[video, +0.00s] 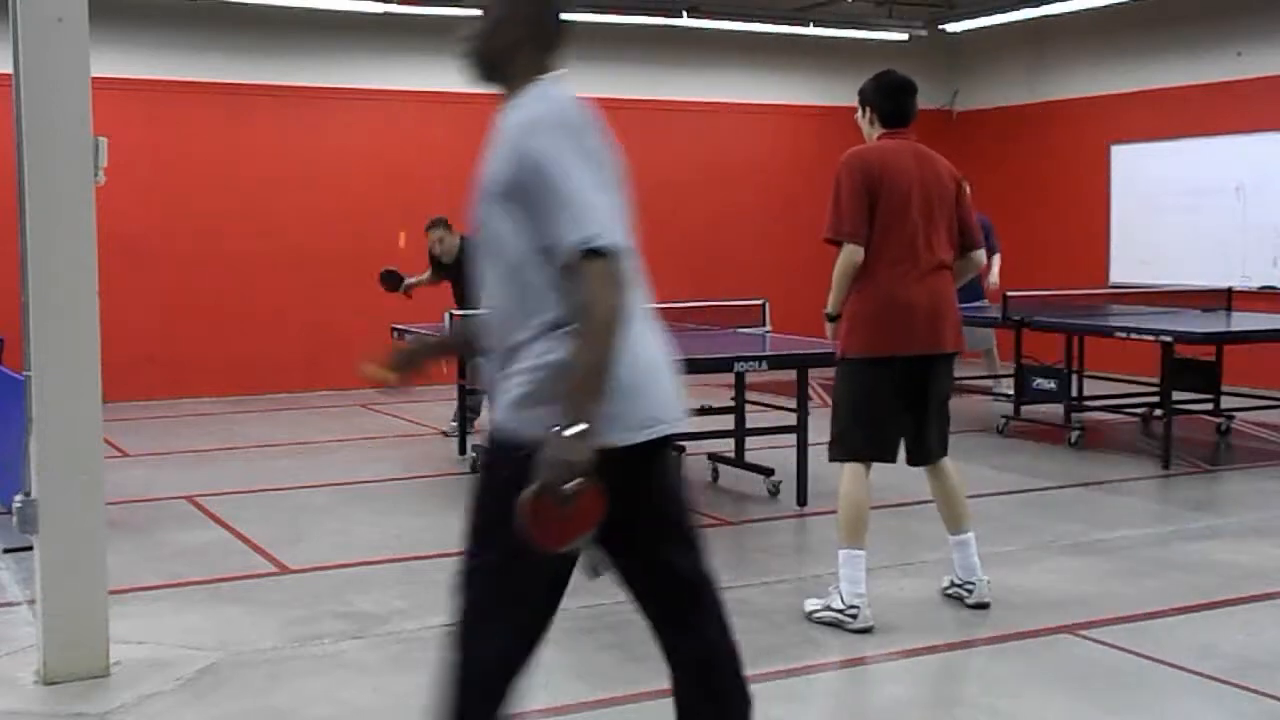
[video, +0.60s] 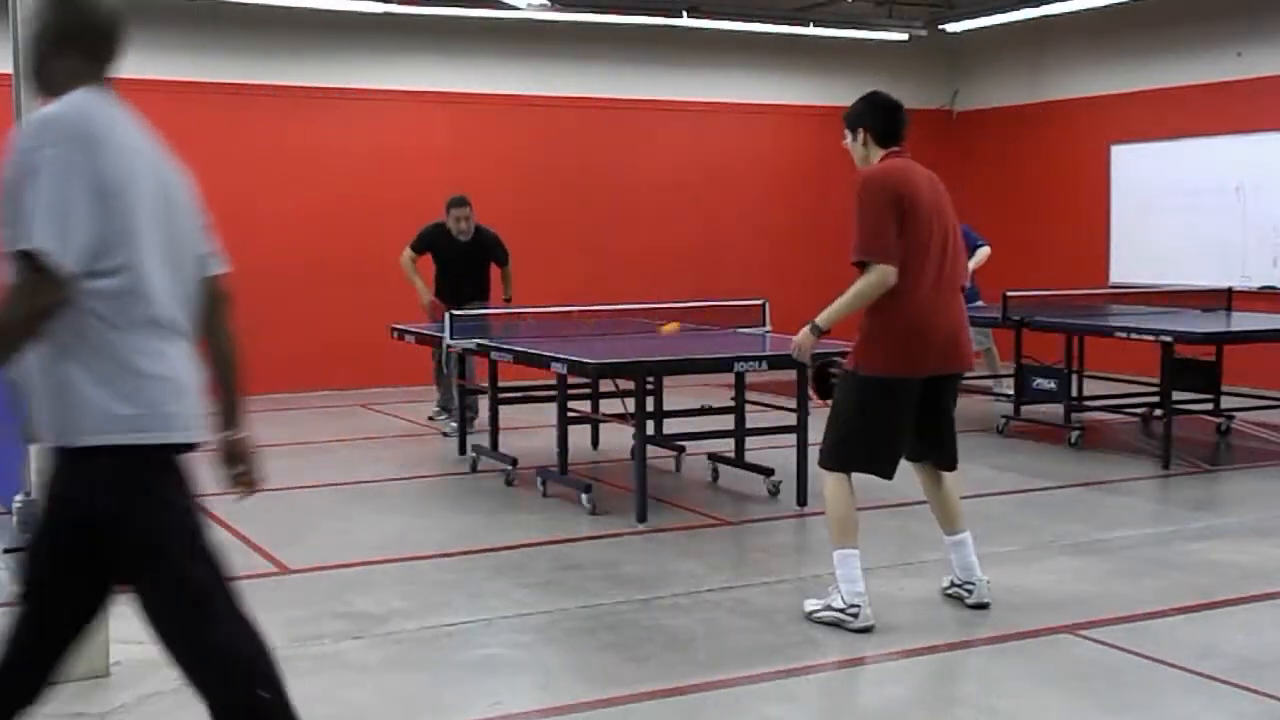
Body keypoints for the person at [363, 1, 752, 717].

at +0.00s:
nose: (473, 28)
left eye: (490, 14)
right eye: (480, 14)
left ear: (532, 27)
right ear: (539, 33)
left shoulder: (544, 121)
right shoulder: (531, 122)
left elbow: (601, 282)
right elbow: (542, 309)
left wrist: (574, 428)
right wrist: (442, 340)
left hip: (553, 431)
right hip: (618, 427)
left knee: (488, 649)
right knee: (691, 627)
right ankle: (723, 714)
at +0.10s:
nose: (388, 53)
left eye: (404, 35)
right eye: (394, 36)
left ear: (444, 49)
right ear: (454, 53)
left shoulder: (456, 139)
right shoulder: (460, 136)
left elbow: (508, 298)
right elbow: (464, 305)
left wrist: (499, 454)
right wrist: (355, 331)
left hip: (472, 451)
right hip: (548, 444)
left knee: (395, 647)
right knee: (625, 611)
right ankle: (690, 706)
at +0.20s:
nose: (303, 49)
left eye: (316, 34)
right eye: (308, 34)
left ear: (347, 47)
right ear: (376, 51)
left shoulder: (364, 138)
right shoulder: (401, 131)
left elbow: (406, 304)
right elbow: (405, 292)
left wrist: (407, 461)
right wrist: (306, 335)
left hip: (365, 437)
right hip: (443, 434)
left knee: (308, 620)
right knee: (493, 597)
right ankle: (624, 707)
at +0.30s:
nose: (232, 33)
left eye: (242, 19)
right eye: (237, 19)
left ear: (266, 28)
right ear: (308, 33)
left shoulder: (281, 121)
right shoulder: (341, 113)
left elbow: (304, 296)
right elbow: (357, 282)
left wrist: (284, 442)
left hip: (292, 421)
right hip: (358, 410)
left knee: (269, 613)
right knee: (333, 565)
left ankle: (288, 718)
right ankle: (488, 695)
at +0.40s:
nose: (165, 29)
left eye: (172, 15)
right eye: (170, 16)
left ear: (191, 20)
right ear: (244, 22)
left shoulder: (203, 103)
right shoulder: (283, 105)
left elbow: (211, 277)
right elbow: (328, 267)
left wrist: (163, 418)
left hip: (237, 398)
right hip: (293, 393)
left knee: (249, 590)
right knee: (247, 578)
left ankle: (280, 707)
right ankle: (293, 700)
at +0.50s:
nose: (97, 29)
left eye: (103, 16)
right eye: (101, 17)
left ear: (118, 24)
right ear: (178, 30)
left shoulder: (129, 109)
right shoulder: (221, 119)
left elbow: (126, 273)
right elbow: (271, 278)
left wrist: (36, 403)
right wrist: (282, 403)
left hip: (177, 403)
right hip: (221, 394)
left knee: (233, 598)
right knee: (120, 546)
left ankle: (276, 712)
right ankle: (129, 704)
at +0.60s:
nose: (27, 59)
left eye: (34, 44)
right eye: (35, 44)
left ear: (47, 50)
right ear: (107, 55)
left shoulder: (55, 129)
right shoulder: (148, 145)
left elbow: (45, 281)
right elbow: (212, 290)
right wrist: (232, 425)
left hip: (106, 427)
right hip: (146, 420)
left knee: (202, 623)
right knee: (47, 616)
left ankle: (264, 715)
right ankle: (5, 699)